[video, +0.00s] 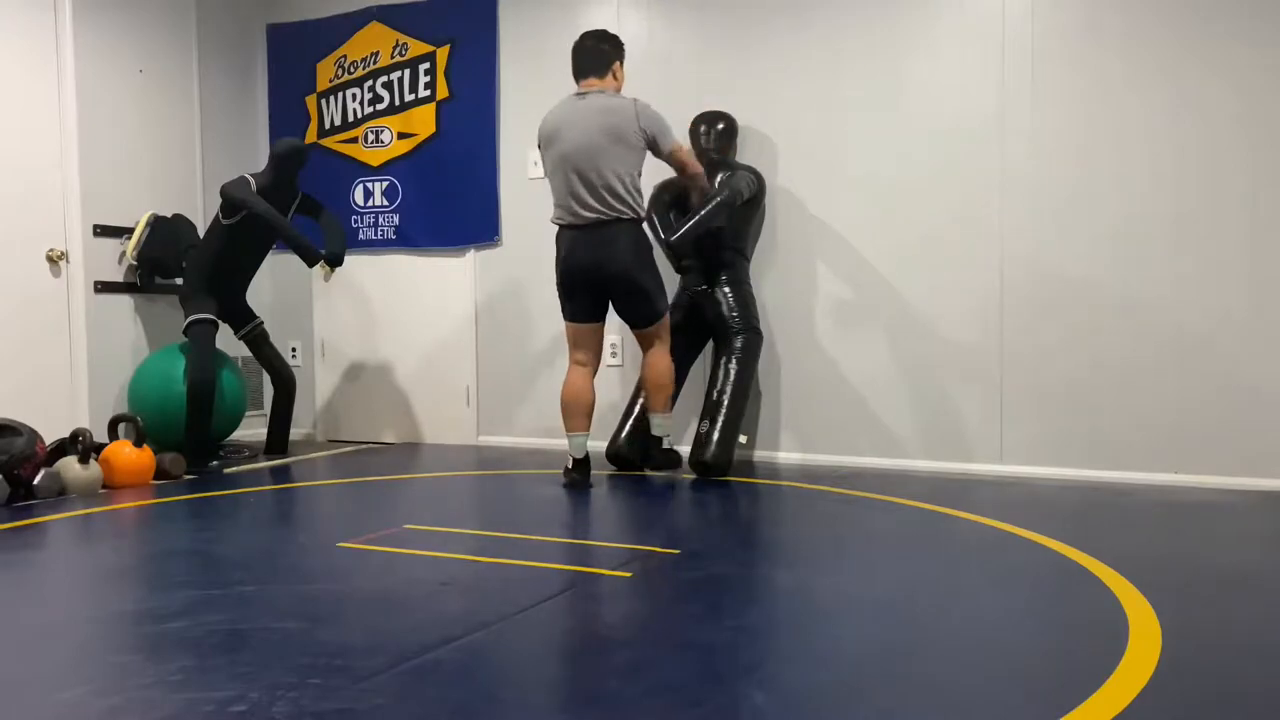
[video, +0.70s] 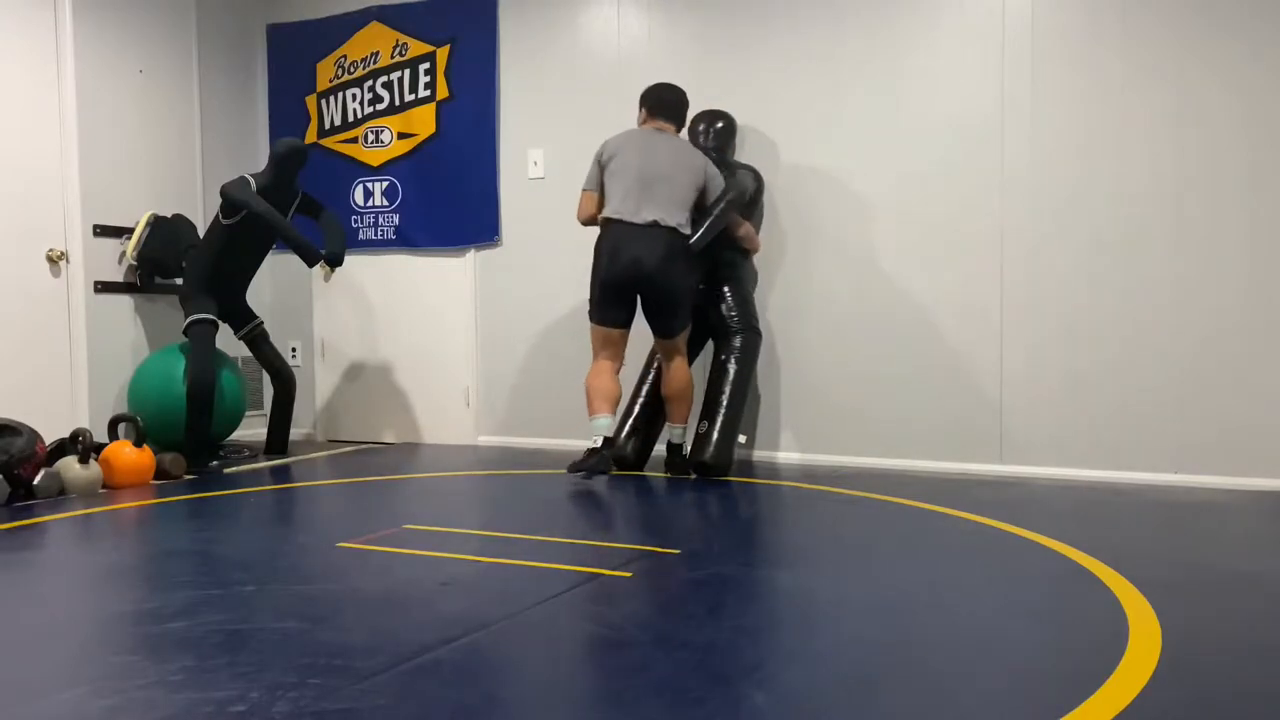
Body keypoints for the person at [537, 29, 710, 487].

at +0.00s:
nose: (624, 76)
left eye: (623, 69)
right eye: (623, 69)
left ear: (576, 71)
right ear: (615, 69)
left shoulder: (551, 121)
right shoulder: (635, 111)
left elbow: (564, 179)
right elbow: (684, 162)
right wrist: (700, 186)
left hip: (573, 249)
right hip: (625, 245)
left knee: (581, 359)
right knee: (655, 341)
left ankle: (578, 463)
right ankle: (659, 443)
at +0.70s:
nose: (640, 118)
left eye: (641, 112)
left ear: (642, 113)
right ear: (683, 122)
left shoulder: (612, 146)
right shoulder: (700, 161)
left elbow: (586, 213)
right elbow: (732, 223)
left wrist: (624, 208)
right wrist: (751, 240)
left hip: (615, 249)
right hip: (671, 254)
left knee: (607, 355)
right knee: (673, 353)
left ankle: (600, 444)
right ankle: (677, 451)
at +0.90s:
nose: (633, 118)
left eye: (634, 112)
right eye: (636, 114)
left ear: (641, 112)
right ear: (678, 119)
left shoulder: (614, 143)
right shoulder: (701, 163)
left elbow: (579, 203)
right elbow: (741, 218)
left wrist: (609, 199)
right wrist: (744, 230)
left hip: (628, 252)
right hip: (678, 257)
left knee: (612, 355)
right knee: (676, 355)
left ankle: (628, 434)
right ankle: (678, 452)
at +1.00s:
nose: (628, 112)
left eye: (630, 106)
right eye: (630, 106)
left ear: (637, 107)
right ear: (675, 113)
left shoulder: (613, 139)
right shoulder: (699, 158)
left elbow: (579, 202)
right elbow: (738, 217)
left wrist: (612, 194)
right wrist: (730, 244)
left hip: (632, 255)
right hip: (680, 259)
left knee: (616, 356)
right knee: (677, 356)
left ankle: (646, 437)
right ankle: (677, 453)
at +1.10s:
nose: (619, 105)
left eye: (622, 97)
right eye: (622, 97)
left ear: (633, 98)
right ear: (665, 103)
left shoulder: (610, 136)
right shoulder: (697, 149)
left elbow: (580, 202)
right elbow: (734, 210)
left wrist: (611, 189)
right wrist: (711, 230)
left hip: (637, 254)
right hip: (687, 257)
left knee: (617, 360)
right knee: (678, 358)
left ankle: (658, 447)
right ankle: (676, 455)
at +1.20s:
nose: (610, 94)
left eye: (614, 86)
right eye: (612, 85)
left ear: (632, 89)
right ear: (658, 92)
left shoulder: (609, 130)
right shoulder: (693, 139)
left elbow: (578, 201)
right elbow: (729, 202)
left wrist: (608, 178)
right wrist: (702, 226)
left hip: (640, 254)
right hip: (688, 255)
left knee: (614, 363)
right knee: (677, 359)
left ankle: (665, 456)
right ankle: (677, 460)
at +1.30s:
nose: (603, 83)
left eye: (609, 74)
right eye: (605, 73)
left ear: (633, 80)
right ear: (646, 82)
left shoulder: (609, 127)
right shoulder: (689, 130)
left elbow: (578, 199)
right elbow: (722, 195)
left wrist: (597, 169)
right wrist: (686, 210)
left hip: (643, 254)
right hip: (687, 254)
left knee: (618, 367)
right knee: (675, 364)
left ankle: (665, 461)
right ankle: (678, 463)